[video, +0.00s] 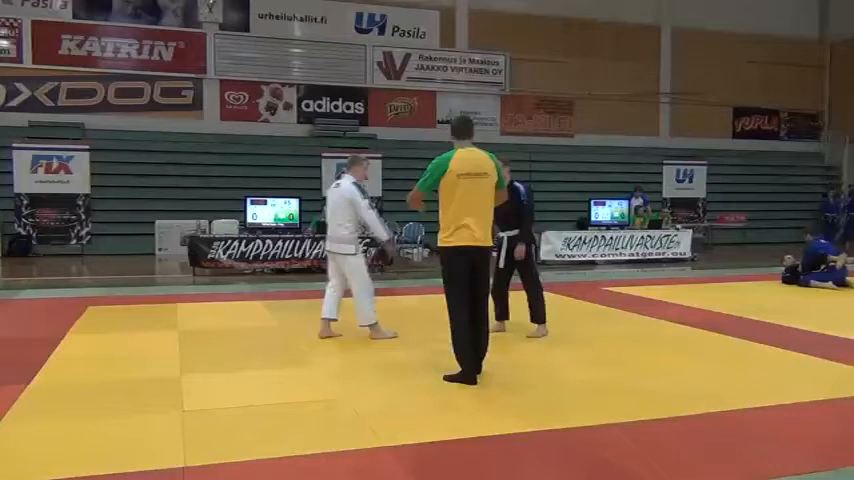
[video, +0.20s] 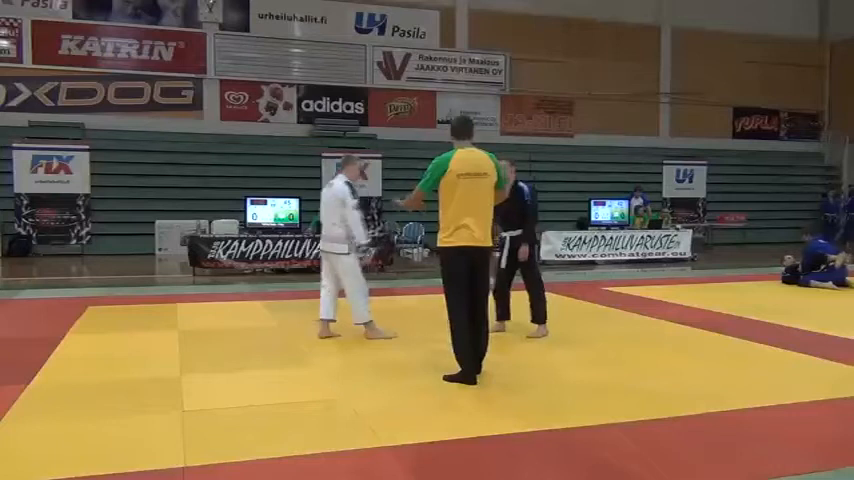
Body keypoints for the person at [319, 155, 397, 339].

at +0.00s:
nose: (366, 174)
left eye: (366, 169)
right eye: (365, 169)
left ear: (350, 168)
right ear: (356, 168)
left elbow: (330, 216)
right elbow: (368, 216)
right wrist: (385, 238)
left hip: (332, 247)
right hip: (349, 248)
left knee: (335, 284)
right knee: (363, 286)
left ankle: (325, 325)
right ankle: (374, 328)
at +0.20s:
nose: (361, 175)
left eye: (361, 170)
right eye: (359, 170)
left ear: (345, 168)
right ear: (351, 168)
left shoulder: (328, 186)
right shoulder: (345, 189)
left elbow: (327, 217)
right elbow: (353, 217)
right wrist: (363, 241)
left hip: (326, 246)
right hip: (341, 247)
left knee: (328, 284)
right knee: (357, 285)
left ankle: (324, 325)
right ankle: (369, 326)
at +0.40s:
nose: (340, 170)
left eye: (341, 166)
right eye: (337, 166)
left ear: (327, 166)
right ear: (326, 165)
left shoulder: (314, 184)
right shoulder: (324, 185)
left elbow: (314, 216)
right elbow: (326, 214)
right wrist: (332, 241)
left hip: (313, 243)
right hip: (323, 243)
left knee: (319, 283)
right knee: (335, 281)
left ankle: (322, 322)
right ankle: (317, 320)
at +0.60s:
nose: (321, 170)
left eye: (322, 166)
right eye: (319, 166)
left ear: (313, 166)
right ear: (309, 165)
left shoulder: (309, 185)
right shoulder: (304, 185)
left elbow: (309, 215)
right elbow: (311, 215)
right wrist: (326, 240)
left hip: (310, 246)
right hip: (301, 246)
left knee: (315, 285)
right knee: (299, 286)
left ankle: (321, 325)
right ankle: (271, 324)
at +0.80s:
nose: (307, 170)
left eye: (307, 167)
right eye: (304, 166)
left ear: (294, 166)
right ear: (293, 165)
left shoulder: (280, 183)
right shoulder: (289, 184)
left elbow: (280, 218)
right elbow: (293, 217)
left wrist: (296, 243)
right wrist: (308, 242)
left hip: (287, 245)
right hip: (281, 245)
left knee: (298, 282)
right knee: (275, 285)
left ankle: (303, 323)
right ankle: (264, 331)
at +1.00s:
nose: (290, 168)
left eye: (291, 164)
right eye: (288, 163)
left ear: (277, 164)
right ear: (276, 163)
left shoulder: (265, 181)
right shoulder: (274, 183)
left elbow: (266, 215)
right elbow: (272, 216)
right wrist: (282, 243)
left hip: (262, 243)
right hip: (267, 244)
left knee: (266, 283)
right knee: (271, 285)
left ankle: (248, 320)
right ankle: (264, 331)